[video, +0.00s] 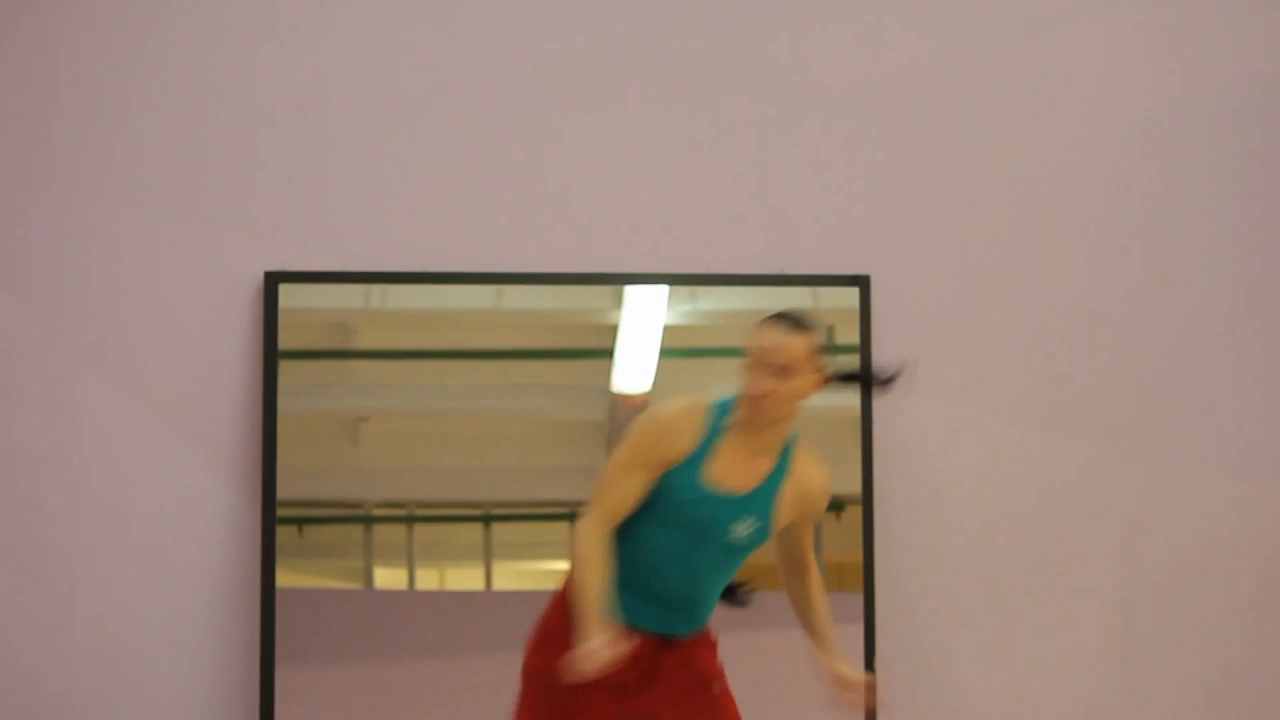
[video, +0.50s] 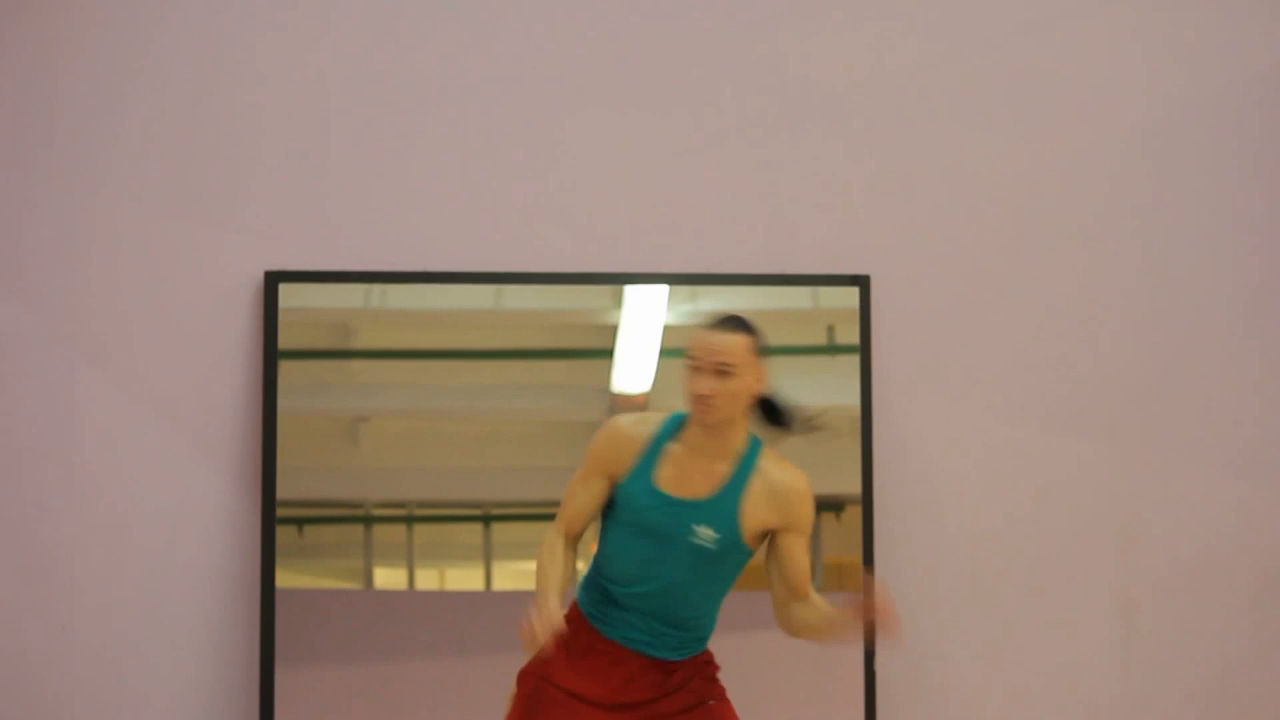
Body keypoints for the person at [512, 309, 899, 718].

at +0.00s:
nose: (758, 383)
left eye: (779, 372)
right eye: (753, 365)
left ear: (816, 381)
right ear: (742, 363)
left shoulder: (805, 483)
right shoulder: (674, 426)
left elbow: (799, 570)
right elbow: (593, 524)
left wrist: (832, 659)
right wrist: (595, 629)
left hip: (678, 656)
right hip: (586, 636)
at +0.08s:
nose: (757, 383)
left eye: (779, 372)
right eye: (753, 365)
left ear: (816, 381)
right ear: (742, 364)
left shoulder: (804, 482)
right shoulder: (674, 427)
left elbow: (799, 569)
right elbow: (593, 524)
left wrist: (832, 659)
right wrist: (595, 629)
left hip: (678, 656)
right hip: (586, 636)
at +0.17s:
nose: (729, 389)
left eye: (749, 377)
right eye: (723, 372)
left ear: (785, 386)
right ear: (711, 374)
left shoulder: (791, 494)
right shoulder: (644, 439)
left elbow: (801, 597)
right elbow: (571, 534)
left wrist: (860, 658)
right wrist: (563, 628)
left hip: (680, 683)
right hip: (585, 666)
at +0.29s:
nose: (729, 390)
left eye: (749, 377)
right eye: (723, 373)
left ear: (785, 386)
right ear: (711, 375)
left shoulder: (791, 494)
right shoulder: (644, 439)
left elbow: (801, 597)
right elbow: (571, 534)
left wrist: (859, 658)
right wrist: (563, 628)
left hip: (680, 683)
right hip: (586, 666)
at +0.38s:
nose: (728, 389)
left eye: (748, 377)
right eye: (722, 373)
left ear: (785, 386)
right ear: (710, 375)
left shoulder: (791, 494)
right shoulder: (643, 440)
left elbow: (802, 598)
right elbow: (570, 534)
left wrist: (859, 658)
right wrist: (563, 629)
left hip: (680, 683)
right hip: (585, 666)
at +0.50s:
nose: (703, 386)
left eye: (723, 373)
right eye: (694, 368)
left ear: (759, 381)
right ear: (683, 371)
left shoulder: (782, 488)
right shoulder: (624, 439)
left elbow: (795, 606)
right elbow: (562, 534)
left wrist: (851, 617)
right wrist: (547, 603)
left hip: (678, 686)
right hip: (577, 664)